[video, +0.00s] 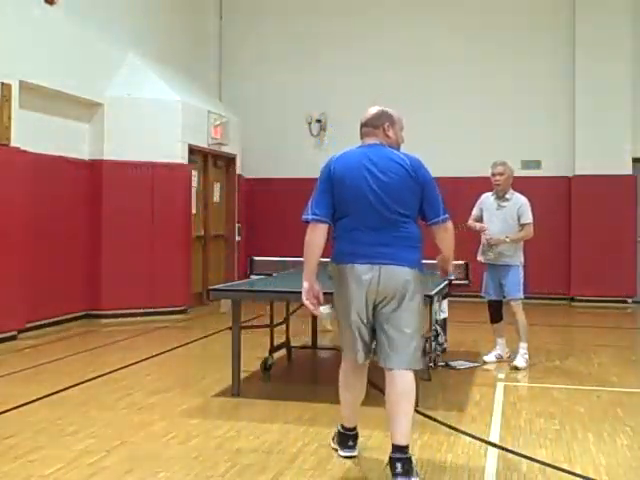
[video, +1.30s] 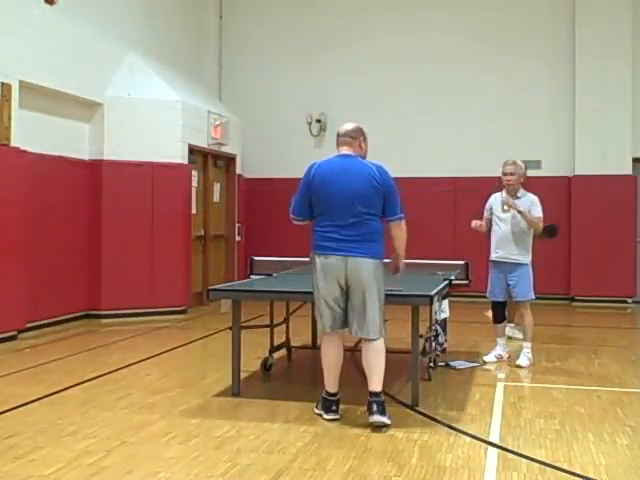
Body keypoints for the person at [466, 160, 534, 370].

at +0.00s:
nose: (496, 179)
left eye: (500, 175)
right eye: (493, 175)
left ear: (511, 177)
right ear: (490, 178)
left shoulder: (521, 202)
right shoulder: (484, 200)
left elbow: (528, 232)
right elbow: (471, 221)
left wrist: (504, 239)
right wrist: (479, 226)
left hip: (512, 262)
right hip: (491, 261)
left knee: (515, 304)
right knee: (493, 305)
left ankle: (523, 349)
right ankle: (500, 347)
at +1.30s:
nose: (508, 178)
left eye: (513, 174)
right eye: (505, 174)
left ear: (522, 177)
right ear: (501, 177)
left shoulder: (531, 200)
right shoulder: (494, 199)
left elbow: (538, 227)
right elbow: (486, 225)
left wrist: (518, 210)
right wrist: (480, 225)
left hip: (520, 260)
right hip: (497, 259)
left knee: (523, 305)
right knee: (497, 305)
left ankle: (526, 349)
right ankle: (501, 347)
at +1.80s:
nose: (506, 175)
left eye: (510, 171)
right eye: (504, 172)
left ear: (521, 174)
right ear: (501, 175)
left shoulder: (529, 198)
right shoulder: (495, 199)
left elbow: (528, 214)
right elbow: (488, 224)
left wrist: (511, 193)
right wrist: (476, 227)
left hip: (519, 258)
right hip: (497, 257)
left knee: (523, 304)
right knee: (497, 304)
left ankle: (526, 349)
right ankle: (501, 346)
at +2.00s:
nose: (508, 174)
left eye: (512, 171)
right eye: (506, 171)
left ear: (522, 175)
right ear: (501, 174)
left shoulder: (529, 197)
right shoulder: (495, 198)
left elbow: (528, 210)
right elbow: (488, 223)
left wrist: (512, 188)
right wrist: (476, 227)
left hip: (519, 258)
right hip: (497, 257)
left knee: (523, 305)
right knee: (497, 304)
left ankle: (526, 350)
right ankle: (501, 347)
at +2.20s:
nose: (509, 173)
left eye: (513, 170)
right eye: (506, 169)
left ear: (522, 175)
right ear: (502, 173)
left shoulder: (529, 197)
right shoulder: (495, 199)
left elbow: (529, 207)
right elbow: (487, 224)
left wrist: (514, 184)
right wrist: (476, 227)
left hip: (519, 257)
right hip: (497, 257)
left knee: (523, 305)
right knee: (497, 305)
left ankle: (526, 350)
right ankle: (501, 347)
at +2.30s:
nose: (509, 173)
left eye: (514, 169)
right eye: (507, 169)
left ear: (522, 175)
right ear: (502, 173)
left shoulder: (529, 196)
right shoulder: (495, 199)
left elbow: (530, 205)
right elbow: (487, 224)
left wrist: (515, 183)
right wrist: (476, 227)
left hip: (519, 257)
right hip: (497, 257)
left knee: (523, 305)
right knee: (497, 304)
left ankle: (526, 350)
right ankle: (501, 347)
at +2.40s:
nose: (509, 174)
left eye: (514, 170)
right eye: (507, 170)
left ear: (522, 176)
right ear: (502, 174)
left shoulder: (528, 197)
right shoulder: (495, 199)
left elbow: (531, 204)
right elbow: (487, 224)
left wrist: (517, 182)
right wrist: (476, 227)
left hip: (519, 257)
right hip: (497, 257)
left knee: (523, 305)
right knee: (497, 304)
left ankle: (526, 350)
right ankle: (501, 347)